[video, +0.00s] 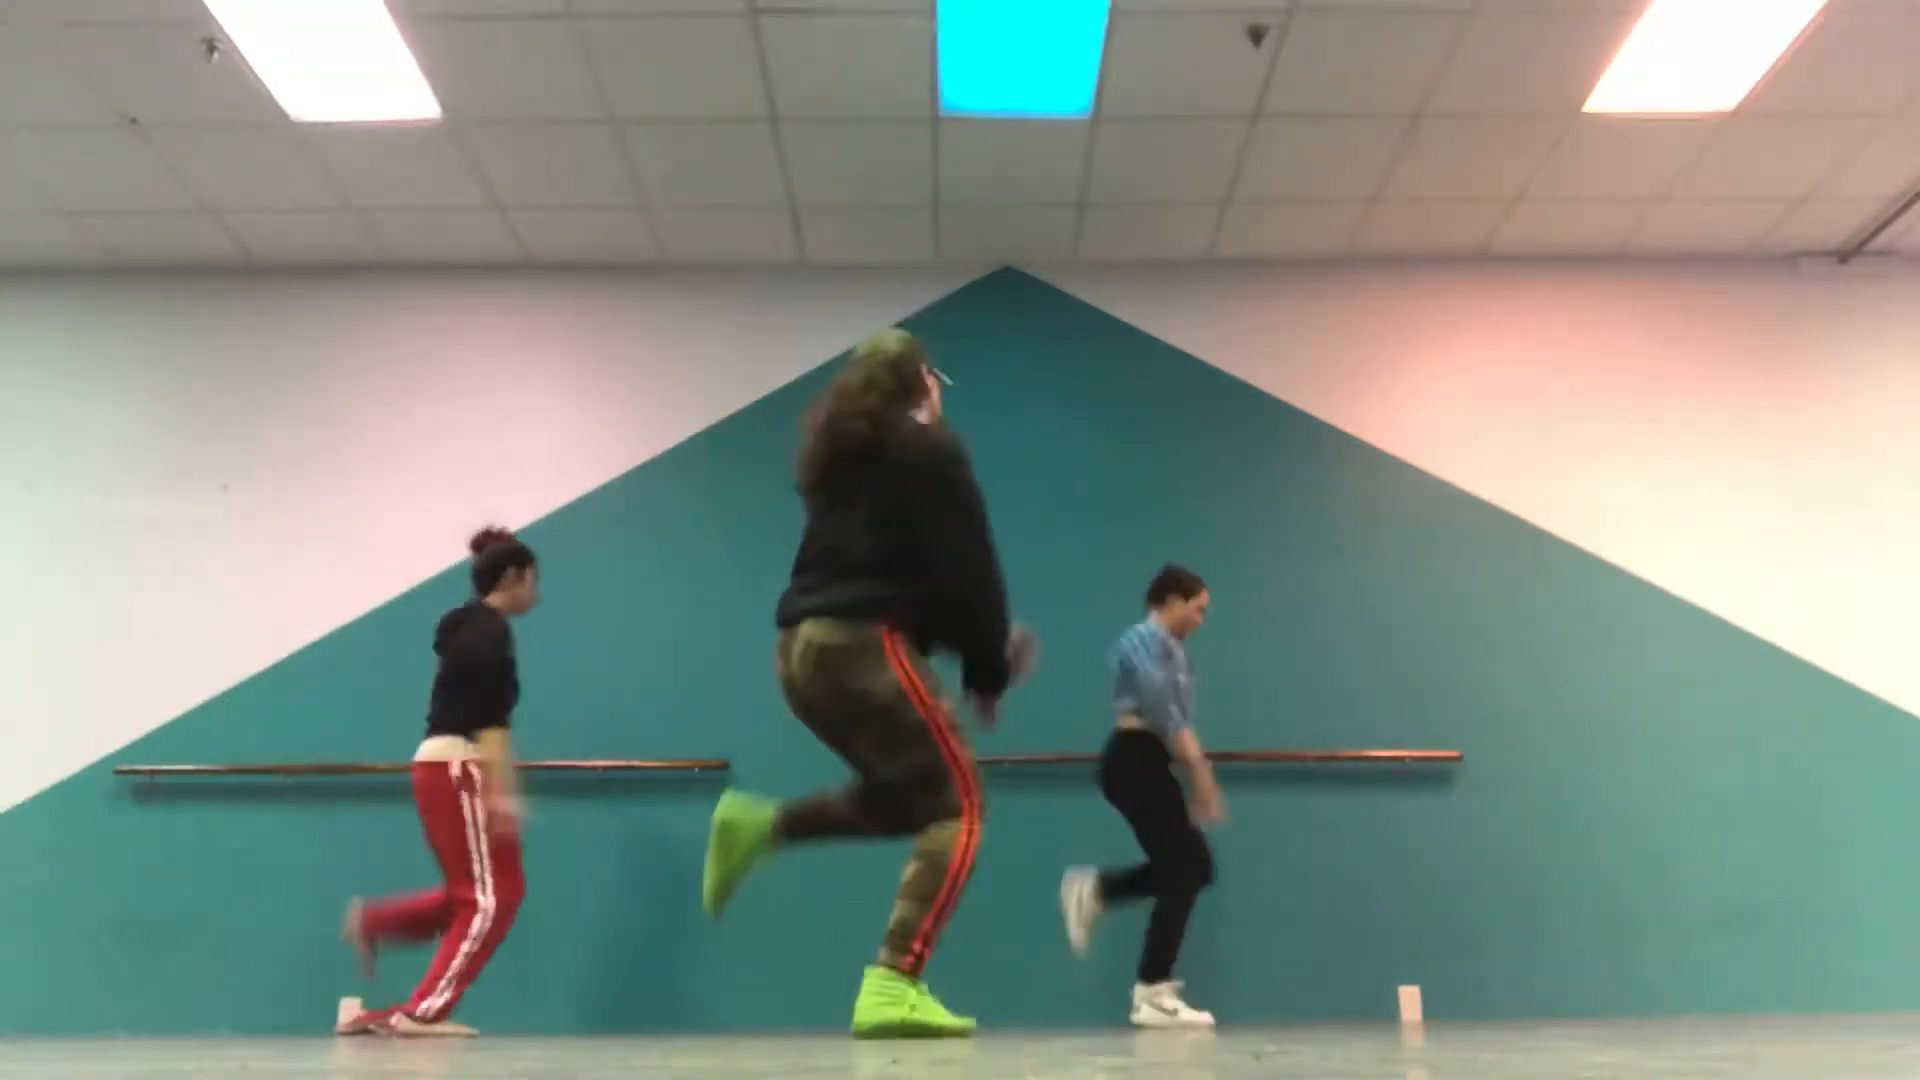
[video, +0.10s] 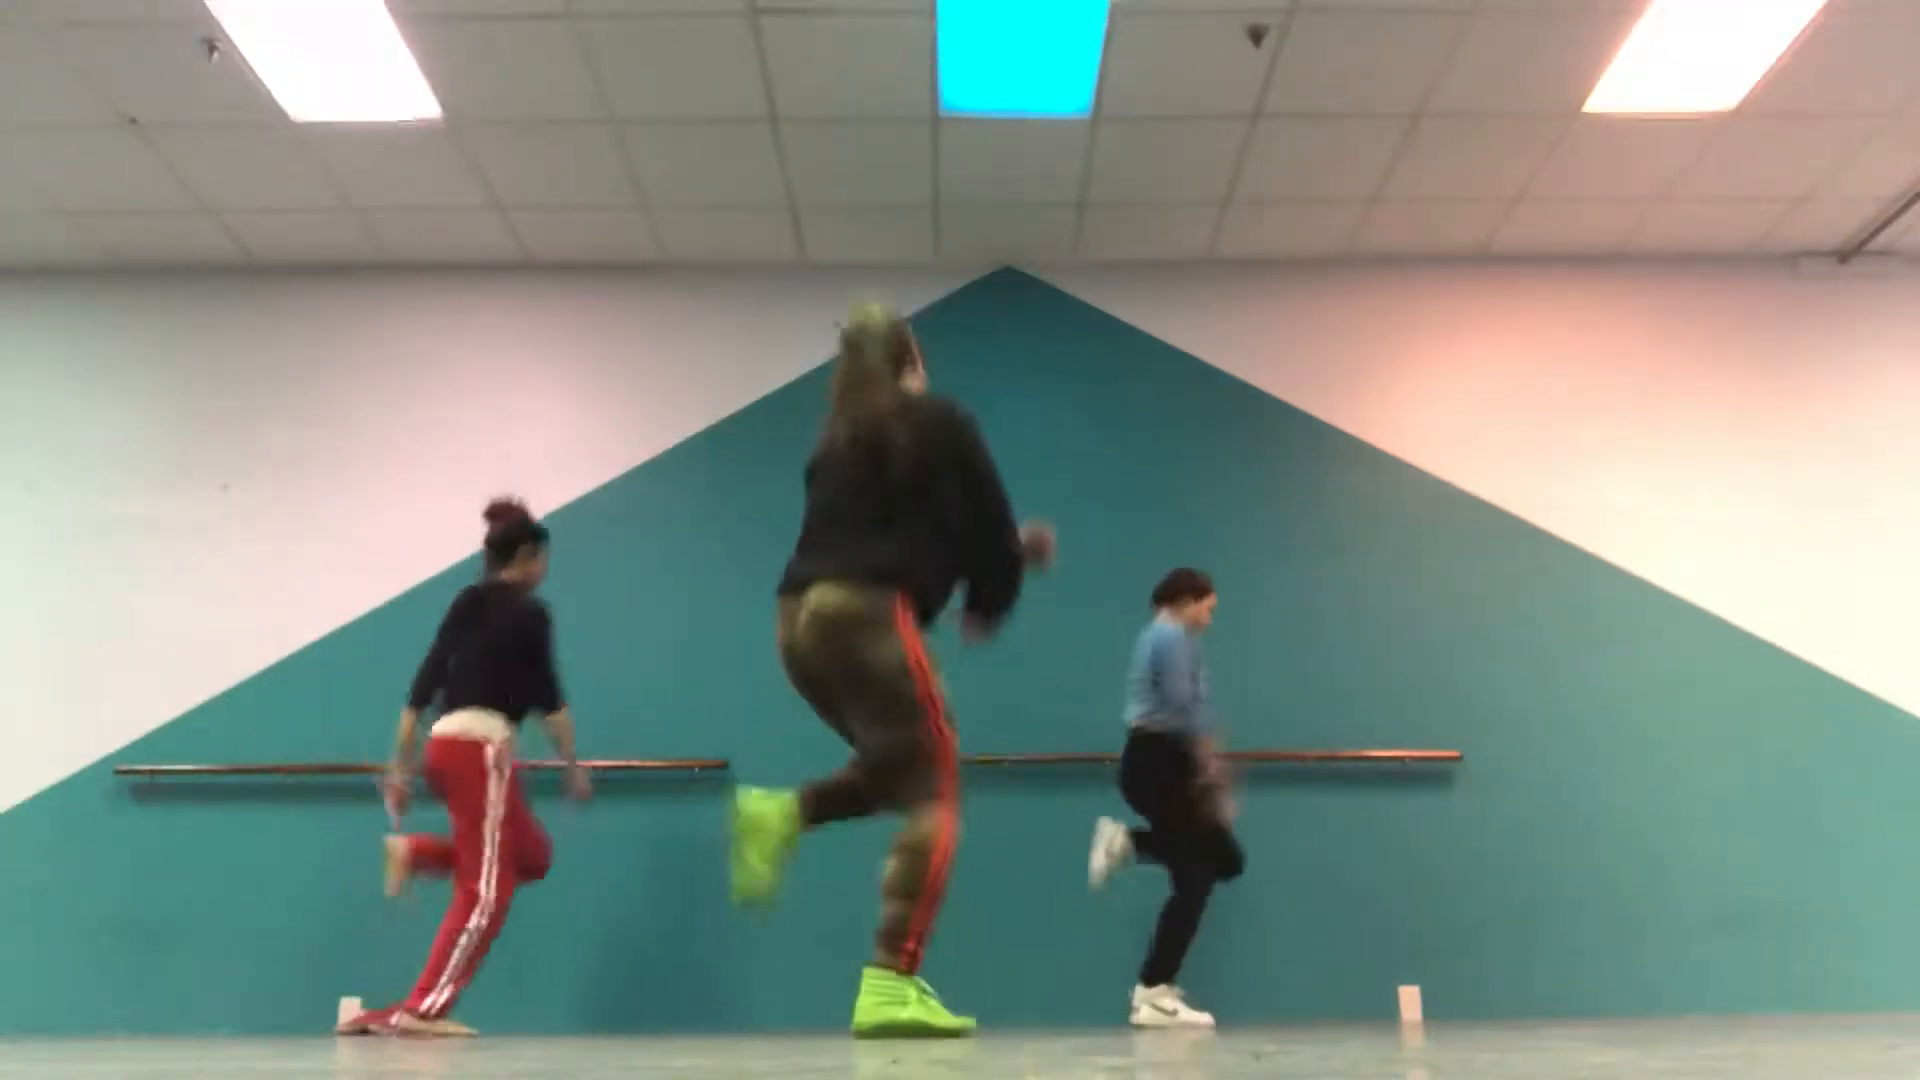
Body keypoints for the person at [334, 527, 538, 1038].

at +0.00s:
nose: (535, 592)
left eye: (534, 581)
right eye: (532, 581)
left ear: (494, 579)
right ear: (514, 579)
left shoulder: (467, 624)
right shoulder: (488, 629)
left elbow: (478, 719)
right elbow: (490, 723)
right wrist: (499, 793)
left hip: (438, 765)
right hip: (458, 767)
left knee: (472, 895)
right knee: (494, 895)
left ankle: (373, 920)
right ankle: (424, 1012)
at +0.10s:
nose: (544, 568)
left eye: (543, 557)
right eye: (541, 557)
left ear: (497, 557)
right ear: (525, 557)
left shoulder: (466, 604)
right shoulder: (528, 611)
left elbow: (421, 692)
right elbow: (548, 698)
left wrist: (400, 767)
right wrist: (571, 762)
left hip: (443, 749)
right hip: (481, 752)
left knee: (532, 856)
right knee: (484, 890)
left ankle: (416, 853)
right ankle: (422, 1010)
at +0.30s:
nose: (559, 539)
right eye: (562, 532)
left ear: (512, 532)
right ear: (559, 532)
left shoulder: (487, 578)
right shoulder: (574, 587)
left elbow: (421, 635)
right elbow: (589, 661)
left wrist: (372, 698)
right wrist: (589, 718)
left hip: (463, 715)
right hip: (520, 718)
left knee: (525, 837)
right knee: (503, 846)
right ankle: (448, 972)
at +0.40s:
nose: (570, 555)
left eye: (558, 548)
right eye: (571, 548)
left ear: (524, 551)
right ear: (570, 552)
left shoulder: (498, 599)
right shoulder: (589, 612)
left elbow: (427, 651)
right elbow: (586, 690)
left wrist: (370, 710)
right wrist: (577, 742)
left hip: (479, 737)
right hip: (541, 738)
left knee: (532, 860)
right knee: (507, 869)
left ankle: (570, 982)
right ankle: (450, 999)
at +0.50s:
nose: (572, 555)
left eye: (557, 547)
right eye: (578, 547)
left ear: (534, 549)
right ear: (582, 549)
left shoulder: (509, 601)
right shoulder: (602, 609)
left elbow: (459, 669)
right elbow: (578, 674)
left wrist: (415, 729)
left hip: (506, 738)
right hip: (568, 739)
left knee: (550, 864)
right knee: (526, 867)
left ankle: (558, 995)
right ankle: (456, 993)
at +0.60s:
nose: (576, 553)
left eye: (559, 544)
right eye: (587, 544)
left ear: (549, 549)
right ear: (598, 548)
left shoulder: (532, 609)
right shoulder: (623, 608)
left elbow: (517, 693)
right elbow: (613, 685)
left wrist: (496, 760)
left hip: (538, 737)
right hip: (601, 742)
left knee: (545, 871)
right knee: (608, 867)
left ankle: (546, 1004)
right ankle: (541, 954)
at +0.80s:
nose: (623, 554)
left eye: (608, 546)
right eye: (634, 545)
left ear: (593, 550)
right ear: (640, 548)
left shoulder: (573, 607)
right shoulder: (665, 608)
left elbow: (555, 688)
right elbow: (668, 687)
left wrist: (536, 745)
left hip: (588, 732)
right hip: (654, 731)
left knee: (571, 867)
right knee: (688, 862)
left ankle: (555, 992)